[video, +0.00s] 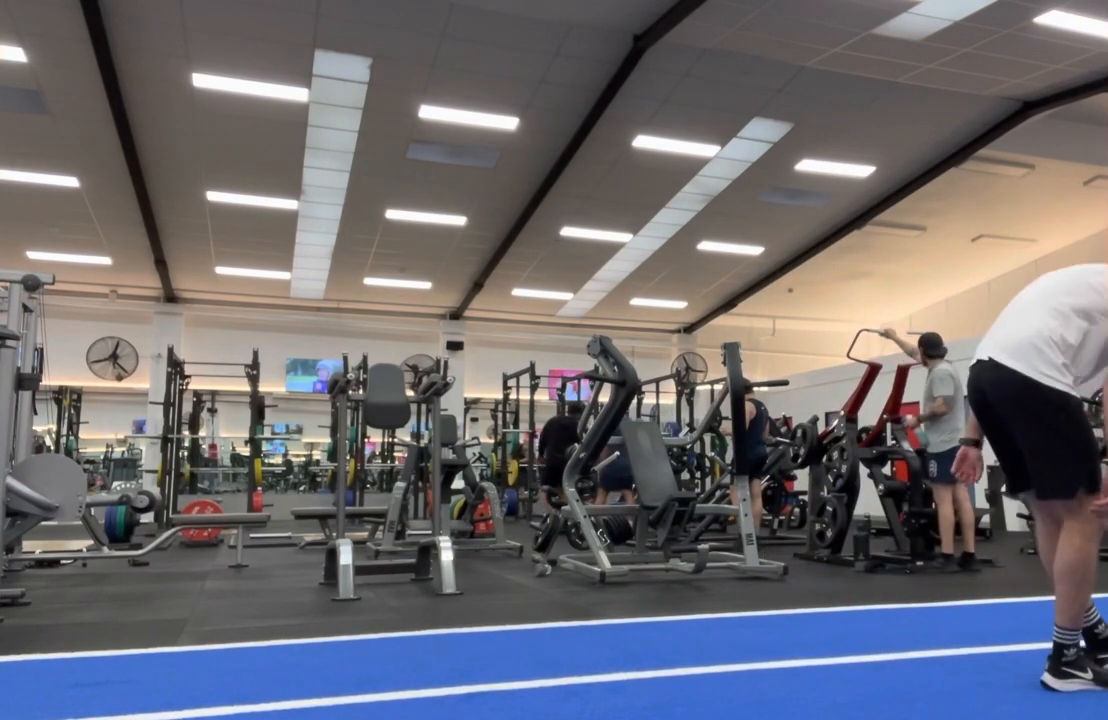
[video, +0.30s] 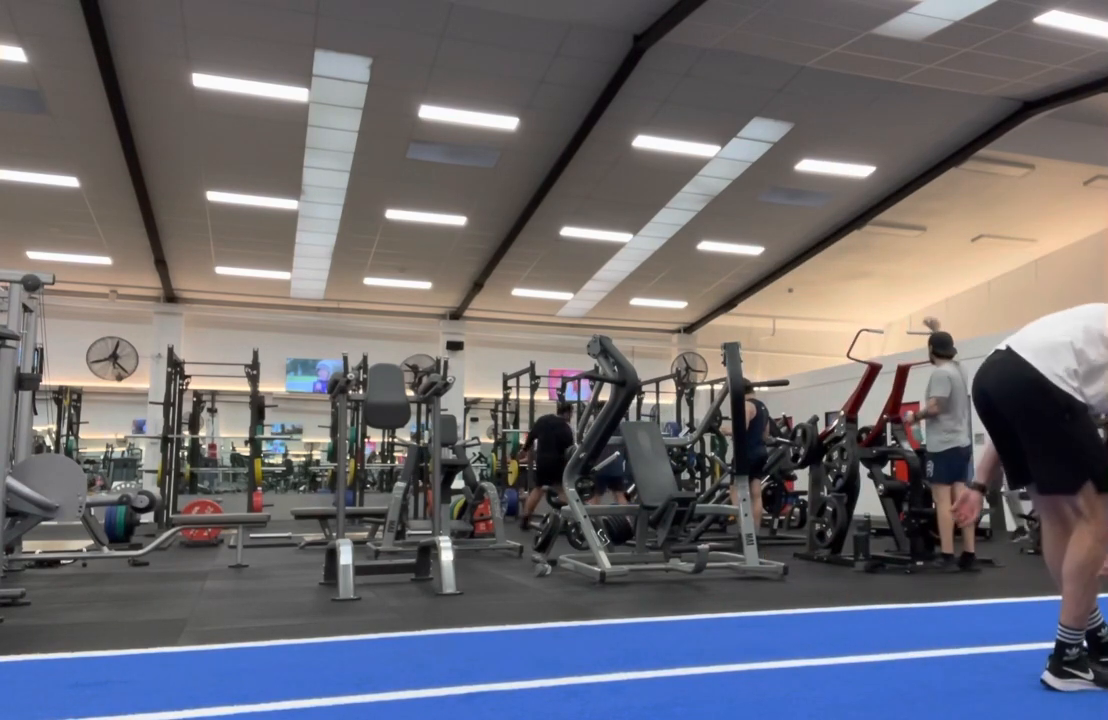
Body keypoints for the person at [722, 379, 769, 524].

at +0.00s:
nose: (733, 395)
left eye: (734, 391)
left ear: (738, 391)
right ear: (750, 388)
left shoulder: (747, 405)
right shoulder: (761, 406)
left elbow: (741, 429)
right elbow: (766, 433)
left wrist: (723, 430)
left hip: (745, 453)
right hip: (760, 452)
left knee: (735, 489)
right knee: (756, 494)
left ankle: (743, 528)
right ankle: (755, 531)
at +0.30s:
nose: (733, 395)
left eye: (734, 391)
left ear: (738, 391)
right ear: (751, 388)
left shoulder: (747, 405)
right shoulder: (761, 406)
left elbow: (742, 429)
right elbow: (766, 433)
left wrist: (725, 430)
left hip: (745, 454)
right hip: (760, 453)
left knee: (735, 489)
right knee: (756, 494)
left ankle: (742, 527)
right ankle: (755, 532)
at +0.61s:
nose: (733, 395)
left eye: (733, 391)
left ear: (738, 391)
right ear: (750, 388)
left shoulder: (747, 406)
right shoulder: (762, 406)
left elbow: (741, 430)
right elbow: (766, 434)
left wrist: (724, 429)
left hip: (746, 454)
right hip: (760, 453)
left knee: (735, 490)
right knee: (756, 494)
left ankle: (743, 528)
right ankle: (755, 531)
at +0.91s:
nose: (733, 395)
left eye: (734, 391)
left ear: (738, 391)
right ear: (750, 388)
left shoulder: (747, 406)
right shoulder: (761, 406)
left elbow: (742, 431)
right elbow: (766, 434)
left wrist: (723, 429)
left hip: (746, 455)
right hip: (760, 453)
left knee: (735, 490)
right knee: (756, 494)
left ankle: (742, 528)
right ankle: (755, 531)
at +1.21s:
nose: (733, 395)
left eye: (734, 391)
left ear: (739, 391)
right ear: (750, 388)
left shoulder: (747, 406)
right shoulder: (761, 406)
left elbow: (743, 431)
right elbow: (765, 435)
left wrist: (724, 429)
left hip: (745, 455)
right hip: (760, 454)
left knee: (735, 490)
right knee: (756, 494)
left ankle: (743, 529)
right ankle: (755, 531)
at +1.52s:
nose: (733, 395)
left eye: (734, 391)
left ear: (739, 391)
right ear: (750, 388)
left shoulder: (747, 406)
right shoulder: (761, 406)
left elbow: (743, 431)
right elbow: (765, 434)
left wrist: (725, 430)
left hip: (746, 454)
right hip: (759, 453)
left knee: (735, 489)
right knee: (756, 495)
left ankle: (743, 528)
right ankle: (755, 532)